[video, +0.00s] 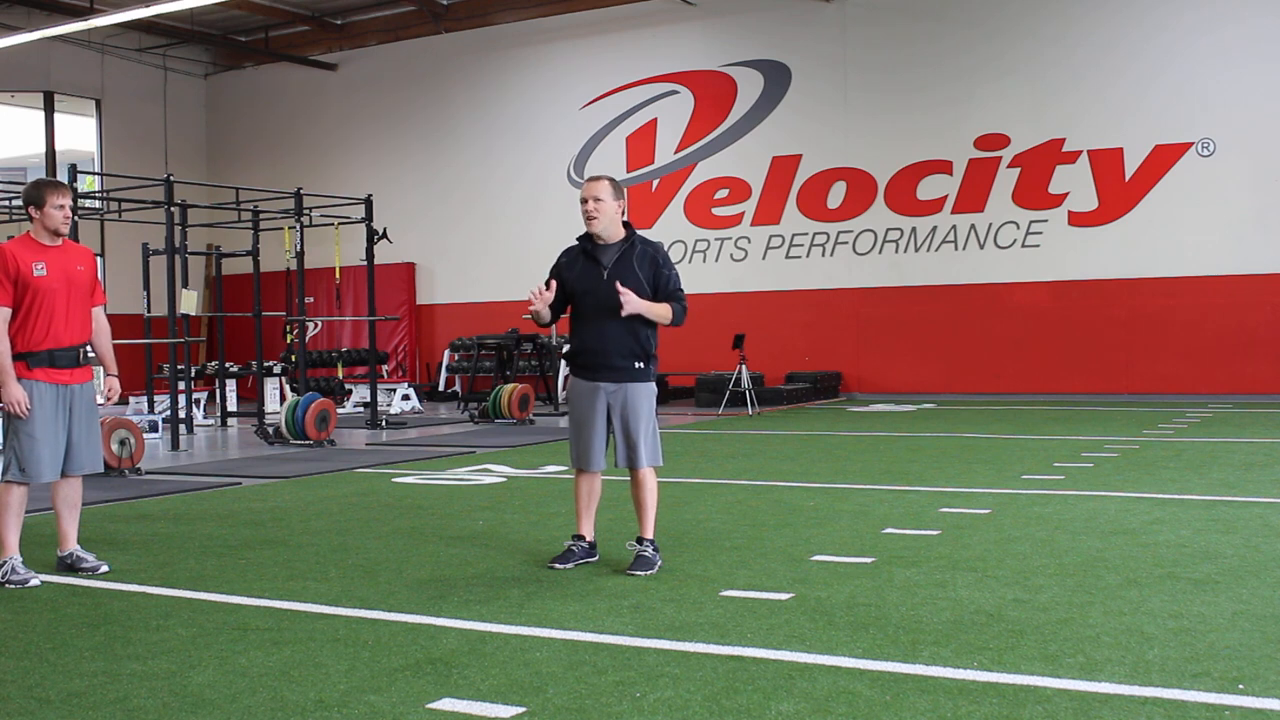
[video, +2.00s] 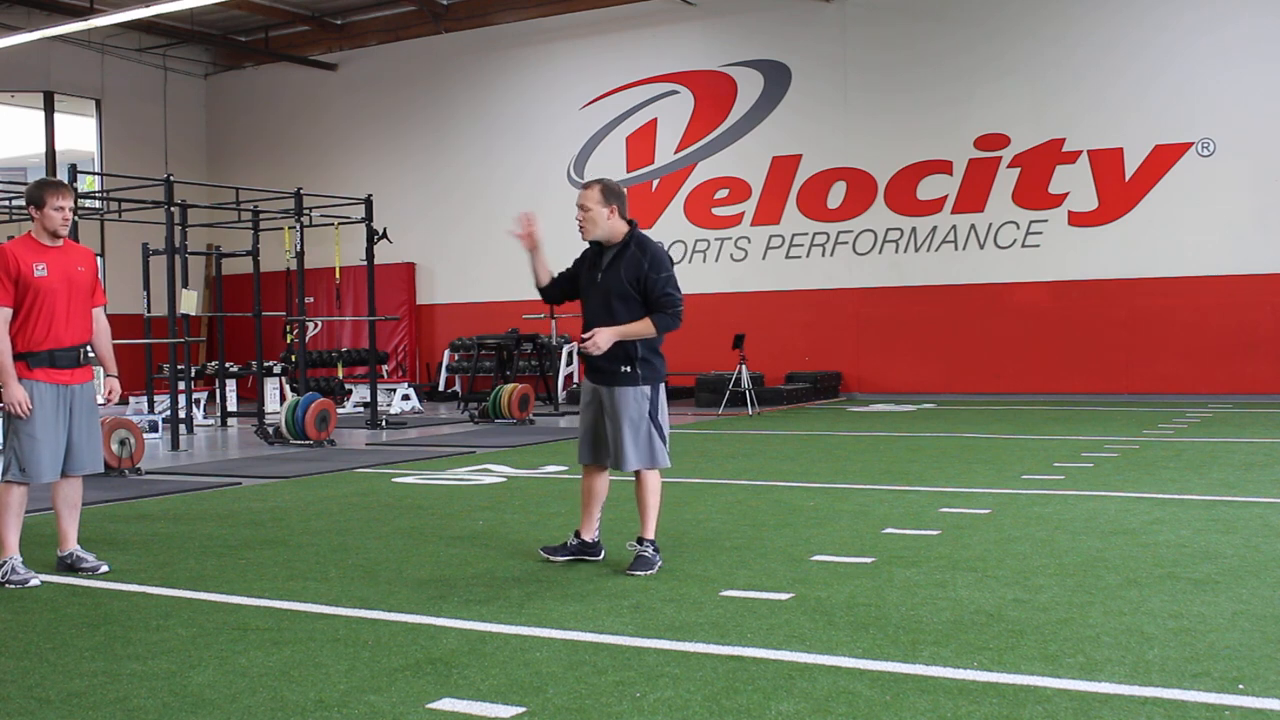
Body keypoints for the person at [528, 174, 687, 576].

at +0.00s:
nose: (588, 207)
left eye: (596, 200)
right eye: (584, 202)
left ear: (620, 205)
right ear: (582, 208)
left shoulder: (651, 255)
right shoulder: (570, 259)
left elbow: (678, 312)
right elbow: (547, 318)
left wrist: (641, 306)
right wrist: (540, 309)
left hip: (635, 380)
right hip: (584, 379)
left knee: (641, 463)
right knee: (586, 463)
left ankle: (647, 544)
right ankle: (584, 542)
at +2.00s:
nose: (578, 217)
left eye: (585, 210)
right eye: (578, 210)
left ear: (612, 213)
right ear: (600, 214)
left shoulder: (649, 254)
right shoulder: (591, 257)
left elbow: (670, 317)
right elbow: (552, 293)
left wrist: (614, 333)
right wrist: (534, 249)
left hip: (638, 380)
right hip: (596, 376)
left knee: (644, 461)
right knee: (594, 459)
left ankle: (647, 545)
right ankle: (587, 540)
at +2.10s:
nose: (579, 215)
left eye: (586, 207)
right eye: (576, 209)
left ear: (613, 208)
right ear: (578, 214)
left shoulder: (643, 255)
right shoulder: (584, 259)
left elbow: (664, 316)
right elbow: (539, 289)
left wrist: (609, 331)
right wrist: (501, 253)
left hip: (631, 380)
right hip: (590, 378)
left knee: (641, 462)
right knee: (589, 460)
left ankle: (647, 545)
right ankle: (586, 540)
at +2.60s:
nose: (547, 213)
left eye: (555, 205)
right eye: (543, 208)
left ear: (578, 209)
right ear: (541, 215)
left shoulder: (604, 257)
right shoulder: (543, 260)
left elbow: (620, 317)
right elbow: (497, 286)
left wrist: (566, 328)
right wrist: (444, 271)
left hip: (583, 371)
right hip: (549, 372)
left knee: (584, 450)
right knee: (563, 456)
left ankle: (614, 536)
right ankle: (583, 540)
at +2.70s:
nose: (540, 213)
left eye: (547, 205)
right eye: (535, 209)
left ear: (571, 209)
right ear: (534, 216)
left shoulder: (595, 256)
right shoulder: (539, 260)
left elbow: (610, 316)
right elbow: (492, 288)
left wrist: (555, 327)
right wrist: (441, 273)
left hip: (576, 369)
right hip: (548, 371)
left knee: (567, 452)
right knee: (564, 453)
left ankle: (584, 540)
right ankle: (583, 538)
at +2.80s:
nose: (530, 215)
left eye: (538, 207)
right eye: (526, 210)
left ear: (562, 210)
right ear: (527, 216)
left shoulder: (585, 255)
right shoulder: (534, 261)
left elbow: (599, 315)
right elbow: (489, 289)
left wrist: (543, 327)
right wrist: (437, 274)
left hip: (567, 369)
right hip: (548, 369)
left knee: (548, 452)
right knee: (567, 454)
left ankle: (547, 543)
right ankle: (586, 540)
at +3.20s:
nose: (487, 220)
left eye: (491, 212)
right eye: (487, 212)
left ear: (515, 214)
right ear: (514, 215)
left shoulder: (536, 255)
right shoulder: (519, 252)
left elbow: (537, 322)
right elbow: (478, 294)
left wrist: (487, 331)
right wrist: (427, 280)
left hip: (524, 377)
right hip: (521, 375)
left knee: (513, 458)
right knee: (531, 457)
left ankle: (516, 545)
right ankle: (574, 529)